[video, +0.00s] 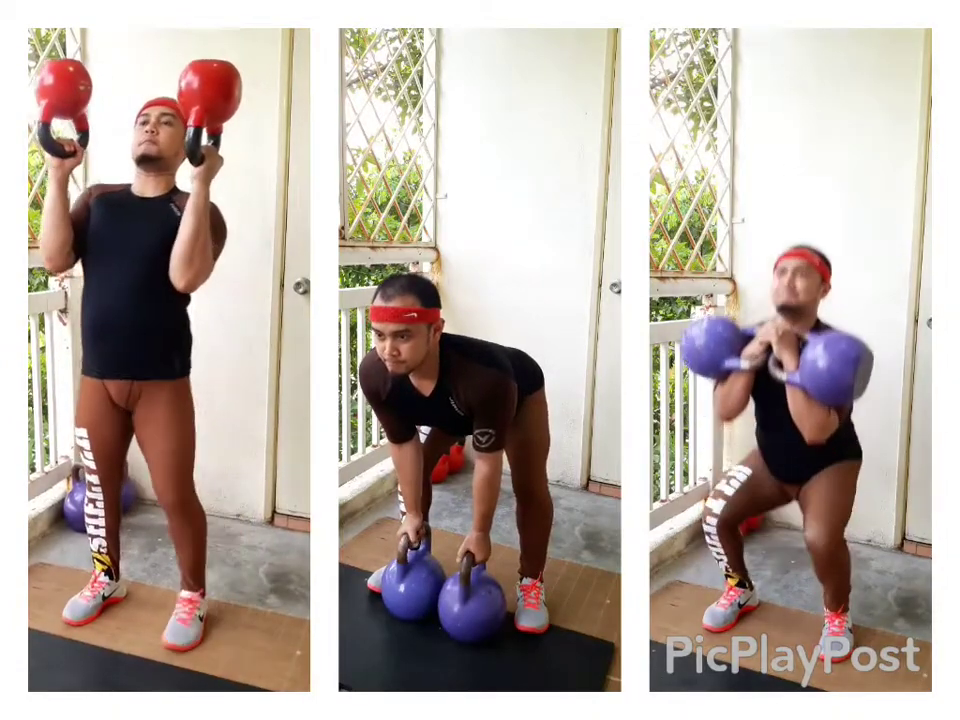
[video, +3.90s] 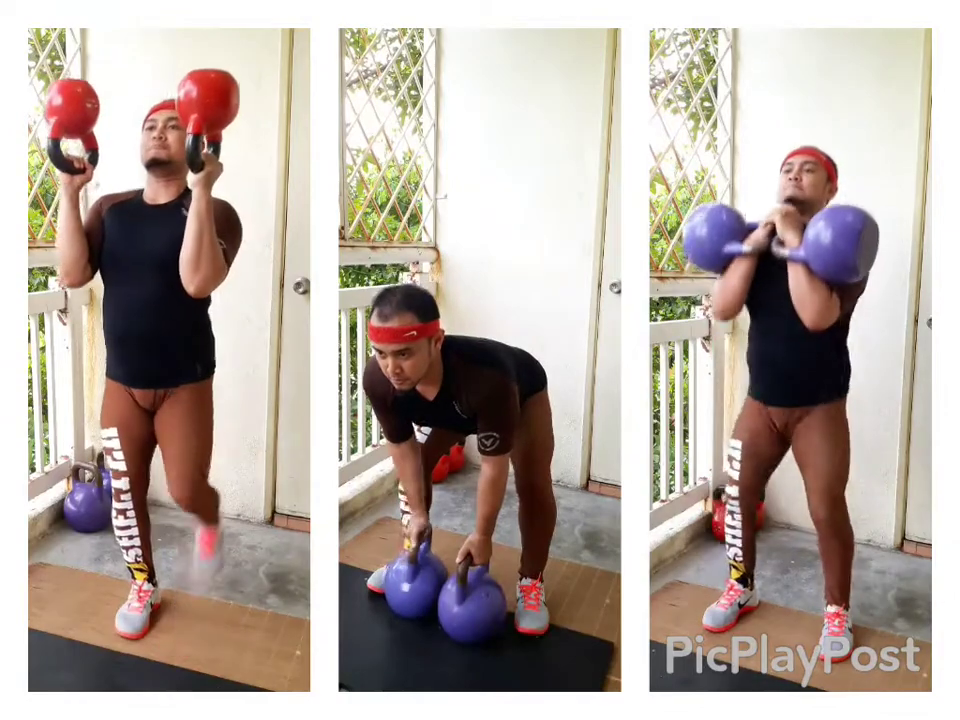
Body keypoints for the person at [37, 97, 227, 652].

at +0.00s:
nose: (149, 129)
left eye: (163, 123)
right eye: (142, 122)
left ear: (186, 144)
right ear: (130, 140)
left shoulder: (198, 212)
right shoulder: (97, 200)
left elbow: (186, 276)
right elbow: (55, 261)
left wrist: (199, 187)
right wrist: (58, 175)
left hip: (162, 380)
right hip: (97, 375)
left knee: (175, 495)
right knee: (101, 485)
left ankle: (192, 594)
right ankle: (105, 577)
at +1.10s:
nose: (188, 127)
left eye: (203, 119)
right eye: (180, 121)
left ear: (227, 138)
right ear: (169, 142)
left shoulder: (247, 205)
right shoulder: (140, 203)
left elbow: (235, 271)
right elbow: (100, 268)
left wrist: (235, 180)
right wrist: (98, 186)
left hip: (211, 381)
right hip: (146, 378)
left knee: (199, 497)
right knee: (140, 490)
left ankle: (191, 595)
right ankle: (166, 546)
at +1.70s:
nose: (190, 204)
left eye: (204, 196)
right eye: (181, 197)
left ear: (225, 213)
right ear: (171, 215)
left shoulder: (248, 278)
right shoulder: (147, 275)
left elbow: (235, 344)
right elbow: (114, 342)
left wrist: (237, 254)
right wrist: (104, 261)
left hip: (226, 414)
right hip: (168, 412)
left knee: (185, 504)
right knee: (175, 473)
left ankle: (187, 600)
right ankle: (212, 504)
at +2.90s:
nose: (198, 122)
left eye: (211, 116)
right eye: (191, 117)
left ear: (236, 136)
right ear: (180, 137)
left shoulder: (258, 208)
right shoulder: (149, 202)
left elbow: (240, 276)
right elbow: (110, 268)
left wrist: (243, 180)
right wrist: (104, 184)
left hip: (216, 380)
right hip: (154, 373)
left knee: (201, 494)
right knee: (144, 479)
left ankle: (191, 597)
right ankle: (172, 538)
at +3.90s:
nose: (159, 134)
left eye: (172, 126)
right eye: (150, 127)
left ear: (195, 144)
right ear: (139, 146)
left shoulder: (216, 214)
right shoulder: (110, 207)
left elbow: (198, 282)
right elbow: (73, 274)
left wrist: (201, 189)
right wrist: (70, 194)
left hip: (185, 381)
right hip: (122, 379)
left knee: (186, 493)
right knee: (126, 493)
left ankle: (212, 517)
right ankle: (142, 584)